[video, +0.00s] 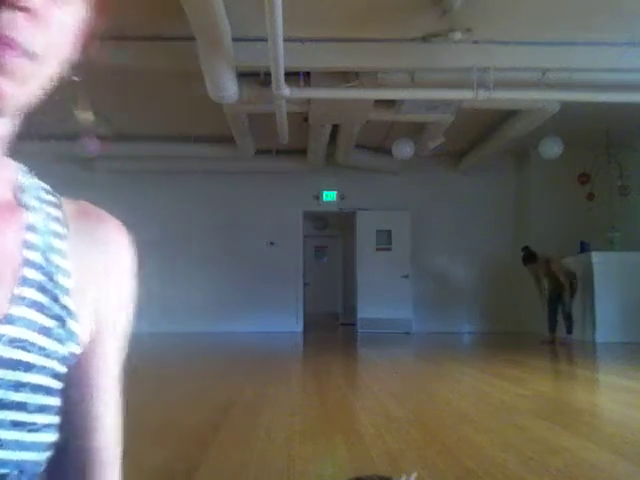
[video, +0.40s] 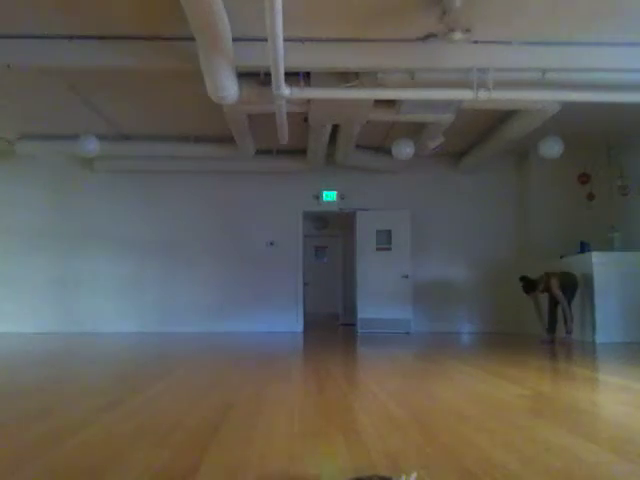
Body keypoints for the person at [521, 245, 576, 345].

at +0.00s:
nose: (530, 267)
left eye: (530, 264)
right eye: (528, 265)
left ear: (534, 260)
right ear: (527, 263)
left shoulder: (549, 262)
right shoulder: (534, 267)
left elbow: (564, 278)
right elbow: (537, 280)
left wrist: (567, 293)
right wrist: (541, 294)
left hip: (567, 283)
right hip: (553, 284)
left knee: (566, 309)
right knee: (551, 310)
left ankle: (568, 335)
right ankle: (551, 336)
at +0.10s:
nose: (531, 278)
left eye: (531, 275)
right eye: (529, 276)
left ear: (535, 270)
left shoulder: (550, 270)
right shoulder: (534, 275)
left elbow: (563, 289)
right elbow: (538, 292)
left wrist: (567, 310)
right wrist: (541, 309)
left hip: (568, 283)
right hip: (554, 285)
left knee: (565, 308)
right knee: (552, 310)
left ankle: (568, 336)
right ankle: (551, 336)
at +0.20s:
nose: (530, 285)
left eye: (530, 283)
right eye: (528, 284)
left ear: (533, 278)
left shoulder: (551, 277)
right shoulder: (535, 281)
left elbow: (563, 297)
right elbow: (538, 296)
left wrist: (569, 315)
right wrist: (540, 312)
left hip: (569, 284)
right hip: (555, 287)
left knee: (565, 307)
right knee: (552, 310)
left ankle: (568, 335)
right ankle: (551, 336)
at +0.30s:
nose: (531, 291)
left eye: (530, 289)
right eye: (529, 290)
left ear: (533, 285)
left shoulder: (551, 281)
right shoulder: (534, 284)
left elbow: (564, 302)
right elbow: (538, 303)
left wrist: (570, 319)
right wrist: (542, 321)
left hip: (569, 284)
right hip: (555, 286)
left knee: (565, 307)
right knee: (552, 309)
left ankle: (568, 335)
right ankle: (551, 335)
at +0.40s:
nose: (531, 296)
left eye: (531, 294)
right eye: (529, 295)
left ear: (534, 290)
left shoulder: (552, 287)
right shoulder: (534, 288)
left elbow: (565, 304)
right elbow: (538, 308)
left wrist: (570, 323)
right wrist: (543, 326)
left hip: (570, 283)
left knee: (565, 307)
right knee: (552, 309)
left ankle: (568, 334)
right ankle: (550, 334)